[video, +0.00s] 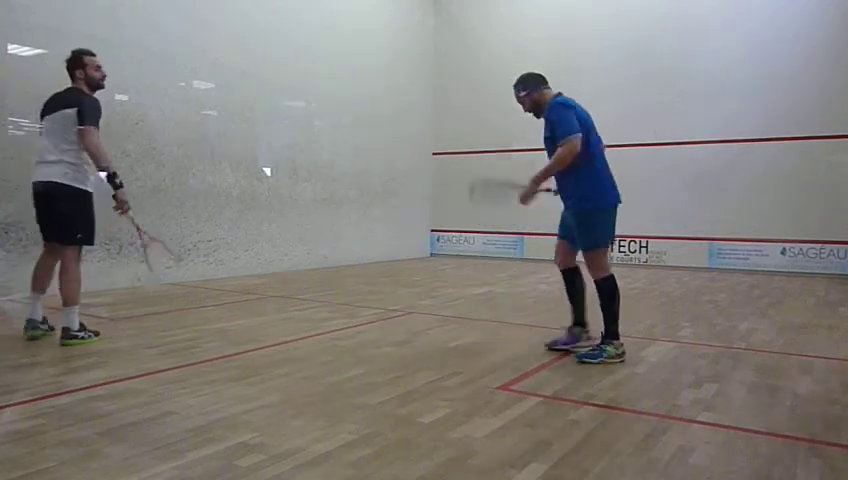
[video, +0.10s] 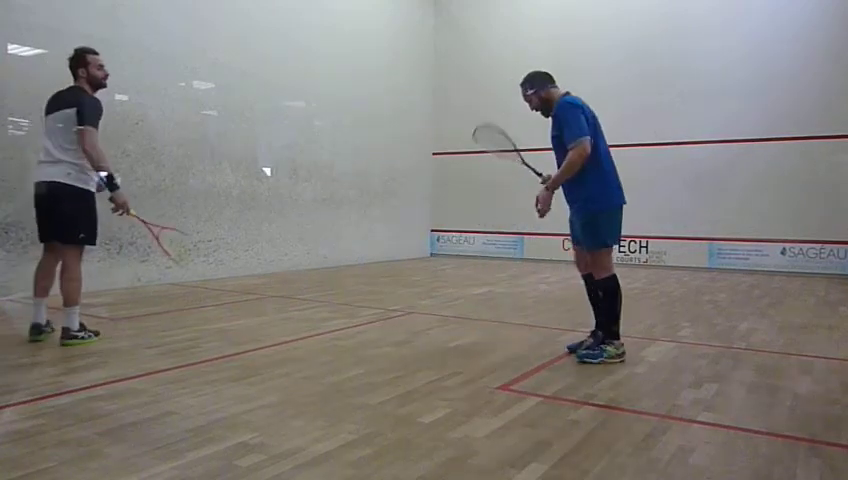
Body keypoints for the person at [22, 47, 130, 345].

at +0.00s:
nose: (103, 73)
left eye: (102, 68)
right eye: (97, 68)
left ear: (77, 75)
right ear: (79, 73)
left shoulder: (50, 102)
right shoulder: (88, 103)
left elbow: (53, 146)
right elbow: (90, 141)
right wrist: (116, 183)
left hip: (43, 185)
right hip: (70, 187)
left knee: (51, 250)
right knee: (71, 256)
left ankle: (34, 319)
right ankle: (72, 327)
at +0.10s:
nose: (106, 72)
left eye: (104, 67)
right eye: (99, 67)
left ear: (79, 74)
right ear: (81, 72)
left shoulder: (54, 100)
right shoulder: (89, 102)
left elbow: (63, 150)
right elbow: (89, 145)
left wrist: (96, 180)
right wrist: (115, 189)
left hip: (45, 186)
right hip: (73, 189)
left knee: (50, 253)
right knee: (72, 257)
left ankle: (38, 321)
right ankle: (72, 327)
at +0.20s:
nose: (107, 70)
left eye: (106, 65)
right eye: (101, 66)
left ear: (81, 72)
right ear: (84, 70)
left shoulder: (56, 98)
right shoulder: (91, 101)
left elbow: (62, 148)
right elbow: (89, 147)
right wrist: (110, 190)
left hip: (47, 186)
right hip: (76, 189)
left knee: (49, 253)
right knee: (73, 258)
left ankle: (37, 322)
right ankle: (72, 327)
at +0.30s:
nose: (109, 71)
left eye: (108, 66)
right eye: (103, 66)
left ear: (82, 72)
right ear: (86, 70)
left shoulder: (57, 97)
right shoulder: (93, 101)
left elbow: (71, 145)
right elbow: (91, 148)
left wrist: (104, 173)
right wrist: (108, 192)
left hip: (47, 185)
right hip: (77, 188)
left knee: (49, 253)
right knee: (73, 259)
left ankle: (37, 322)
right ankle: (72, 327)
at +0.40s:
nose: (110, 71)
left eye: (110, 65)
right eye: (104, 66)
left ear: (83, 71)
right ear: (87, 69)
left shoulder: (59, 97)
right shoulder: (95, 101)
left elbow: (72, 145)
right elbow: (93, 147)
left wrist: (105, 175)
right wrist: (110, 191)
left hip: (49, 185)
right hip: (78, 188)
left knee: (50, 253)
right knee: (74, 259)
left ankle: (37, 322)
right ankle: (72, 327)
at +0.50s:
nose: (111, 70)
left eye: (110, 65)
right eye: (105, 65)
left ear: (84, 70)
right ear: (87, 68)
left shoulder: (59, 96)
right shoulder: (95, 100)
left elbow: (64, 144)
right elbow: (94, 146)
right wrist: (114, 190)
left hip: (49, 185)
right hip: (78, 188)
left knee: (50, 252)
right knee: (74, 258)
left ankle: (37, 321)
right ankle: (72, 327)